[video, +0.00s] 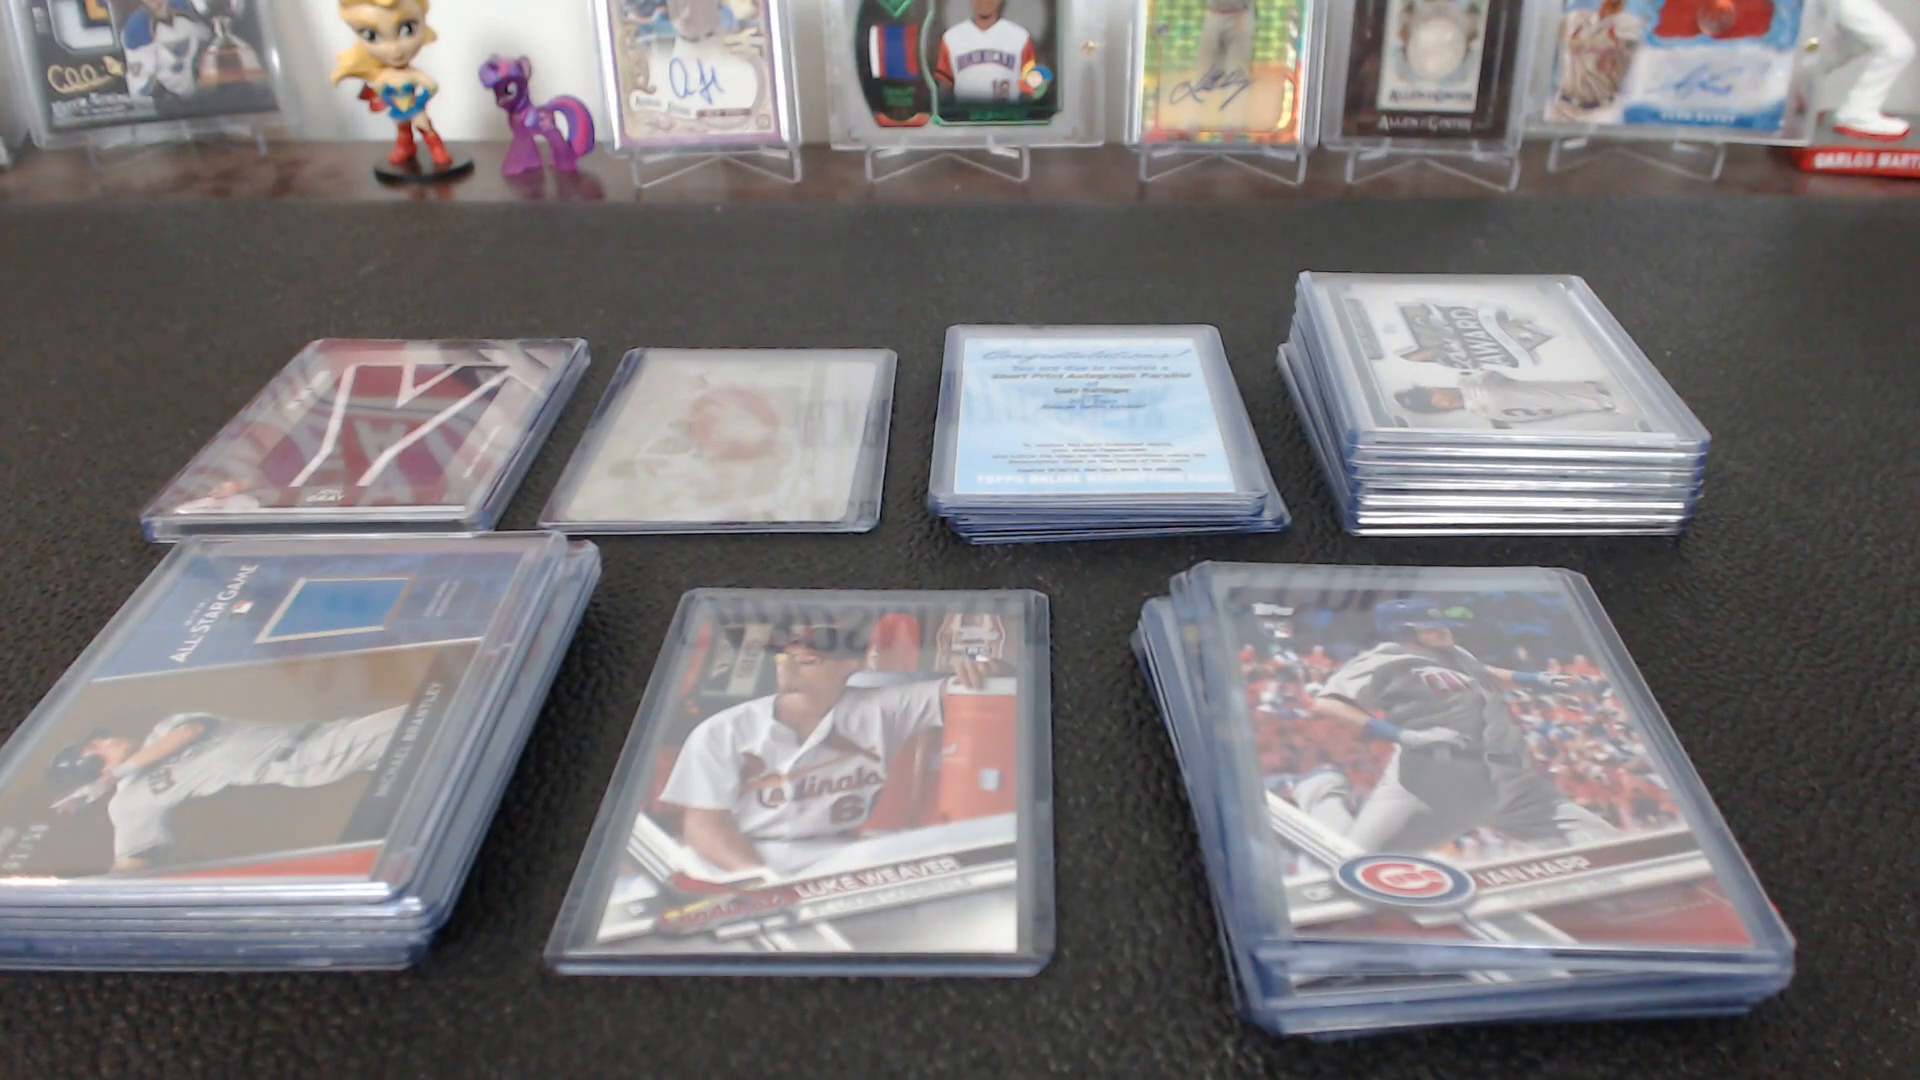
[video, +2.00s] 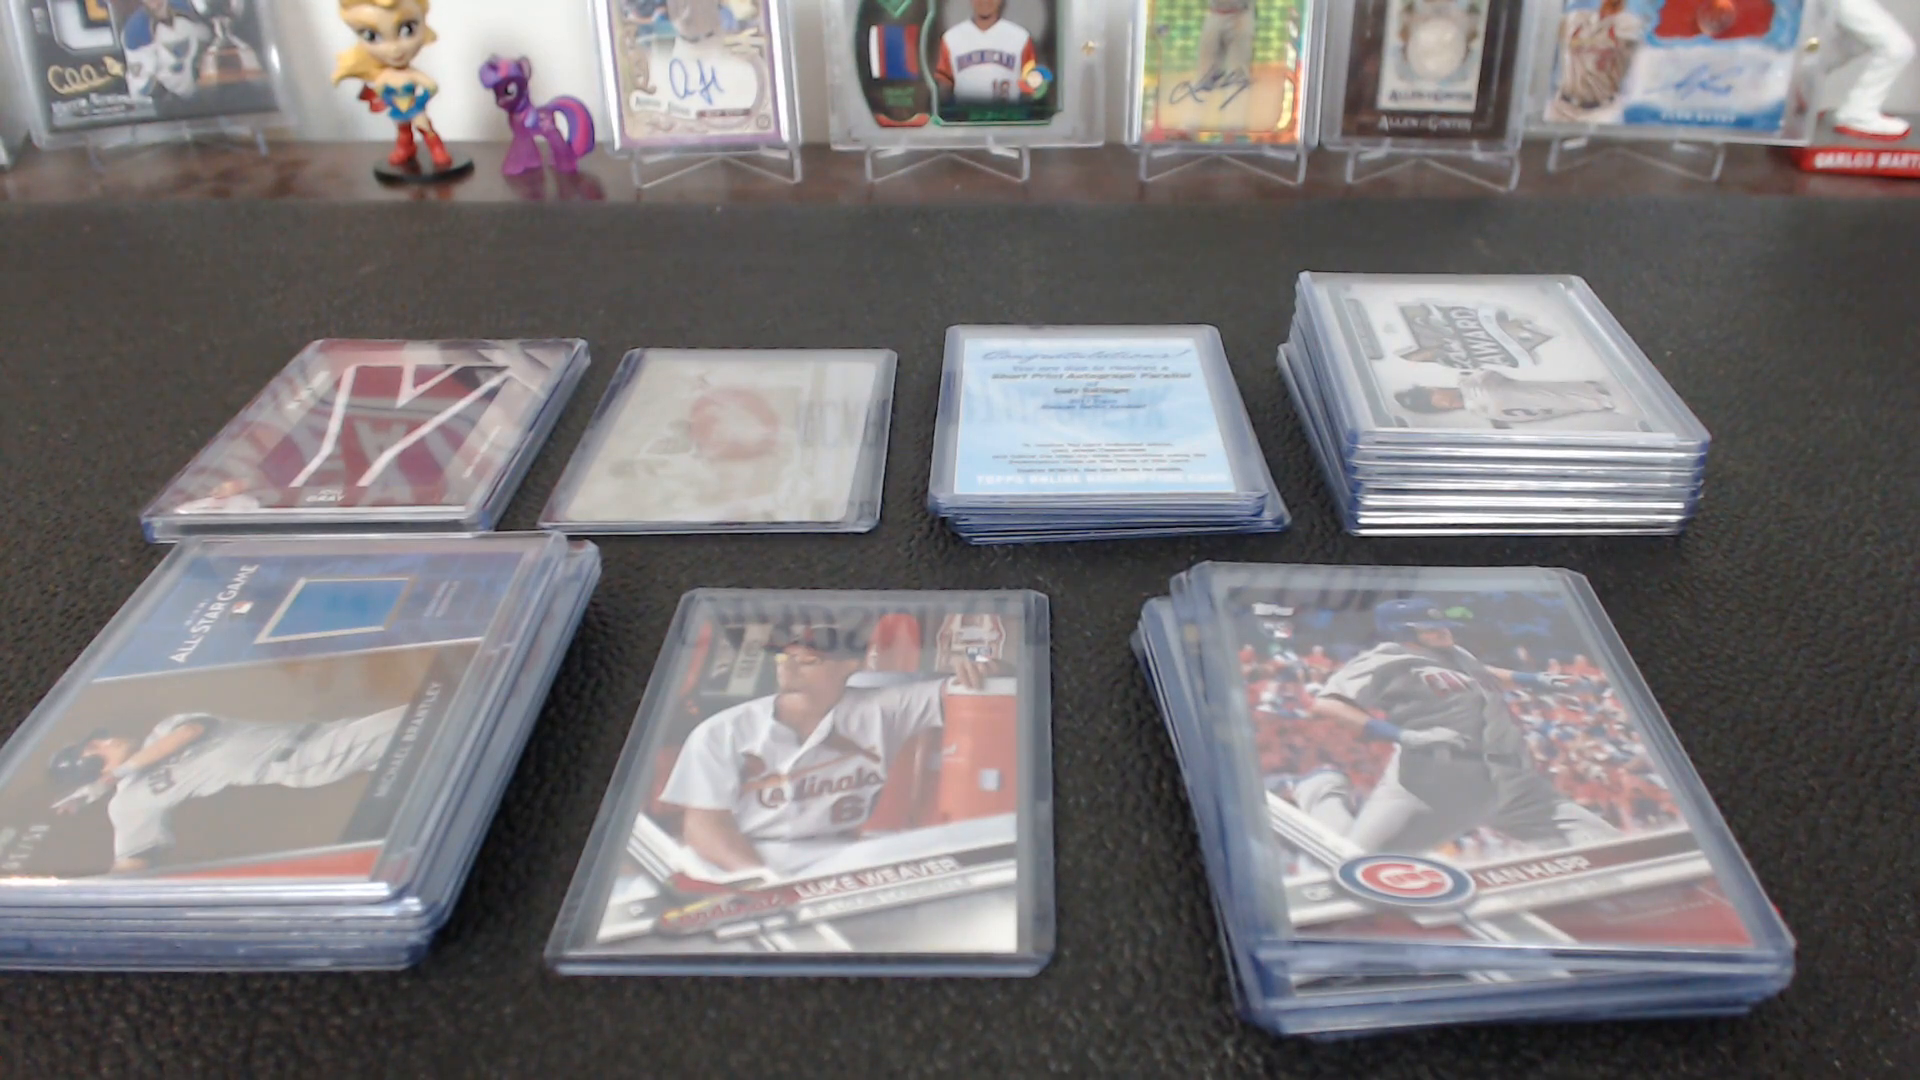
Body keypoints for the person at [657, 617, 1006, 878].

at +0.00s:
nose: (794, 656)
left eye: (816, 647)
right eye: (787, 644)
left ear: (854, 662)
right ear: (776, 654)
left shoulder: (876, 714)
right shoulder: (720, 735)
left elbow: (959, 691)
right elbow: (703, 829)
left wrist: (973, 671)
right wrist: (768, 884)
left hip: (829, 871)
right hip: (729, 875)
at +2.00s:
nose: (799, 656)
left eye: (820, 646)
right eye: (789, 644)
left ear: (854, 661)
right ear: (776, 656)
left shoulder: (877, 713)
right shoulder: (719, 735)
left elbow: (959, 690)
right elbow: (703, 829)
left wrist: (972, 674)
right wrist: (767, 883)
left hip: (829, 868)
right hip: (730, 872)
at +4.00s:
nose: (792, 661)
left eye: (814, 651)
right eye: (785, 648)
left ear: (852, 665)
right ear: (775, 658)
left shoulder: (874, 714)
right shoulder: (720, 736)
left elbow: (955, 691)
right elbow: (703, 829)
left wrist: (973, 674)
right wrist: (768, 884)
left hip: (827, 868)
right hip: (728, 873)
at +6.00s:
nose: (793, 658)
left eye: (814, 650)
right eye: (787, 646)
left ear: (853, 663)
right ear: (776, 655)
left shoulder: (875, 714)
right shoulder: (720, 735)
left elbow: (954, 692)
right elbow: (703, 831)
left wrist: (975, 675)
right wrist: (768, 886)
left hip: (830, 870)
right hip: (732, 875)